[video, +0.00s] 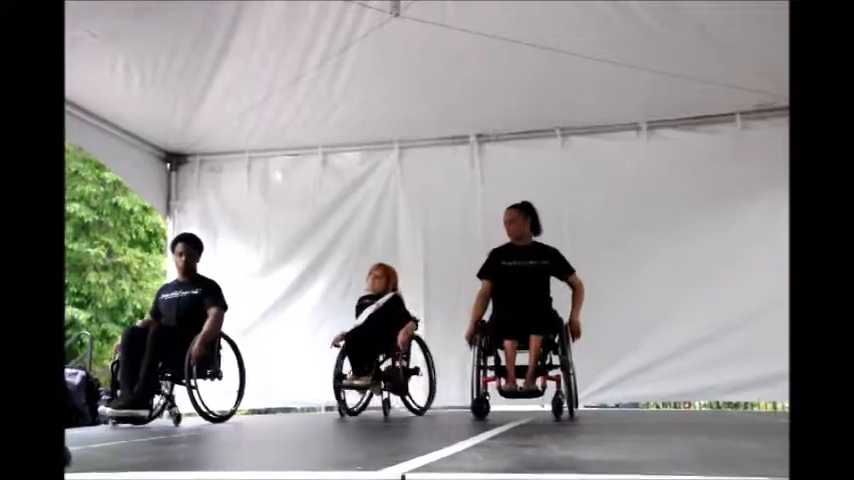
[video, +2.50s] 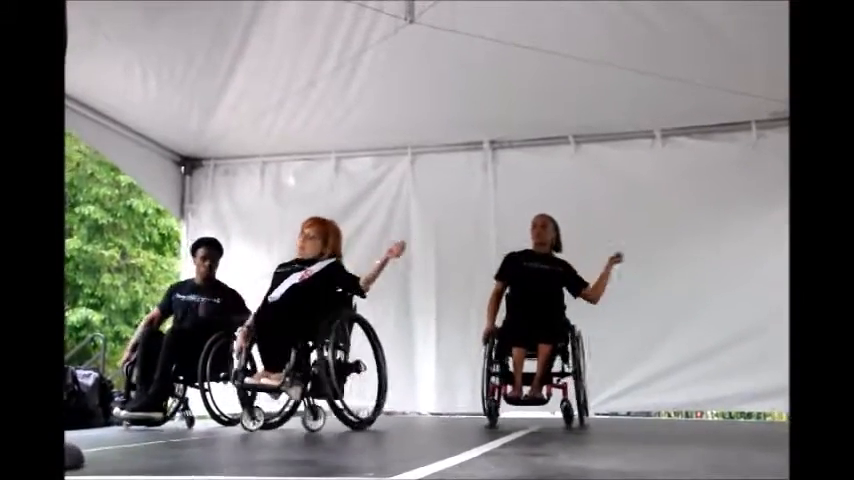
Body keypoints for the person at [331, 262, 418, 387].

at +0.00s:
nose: (373, 280)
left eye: (378, 277)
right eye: (371, 276)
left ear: (388, 281)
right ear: (368, 279)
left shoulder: (393, 300)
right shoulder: (364, 301)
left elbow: (411, 321)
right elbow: (362, 325)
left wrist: (405, 332)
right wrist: (345, 336)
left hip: (386, 337)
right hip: (367, 335)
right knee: (352, 340)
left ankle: (366, 374)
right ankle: (358, 373)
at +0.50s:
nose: (349, 272)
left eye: (355, 269)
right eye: (347, 267)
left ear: (366, 273)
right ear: (343, 271)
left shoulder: (375, 291)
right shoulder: (337, 294)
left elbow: (398, 316)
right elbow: (334, 322)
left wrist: (395, 327)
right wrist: (326, 330)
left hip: (373, 332)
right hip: (349, 333)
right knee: (338, 332)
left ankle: (359, 373)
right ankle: (345, 370)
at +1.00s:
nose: (331, 261)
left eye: (337, 257)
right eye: (328, 256)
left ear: (350, 261)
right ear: (325, 260)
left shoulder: (360, 281)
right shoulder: (322, 281)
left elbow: (370, 300)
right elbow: (300, 301)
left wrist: (376, 307)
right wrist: (301, 273)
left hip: (354, 318)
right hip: (331, 318)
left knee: (344, 332)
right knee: (319, 327)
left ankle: (345, 368)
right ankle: (329, 366)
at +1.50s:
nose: (324, 254)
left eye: (330, 251)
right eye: (321, 249)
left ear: (340, 257)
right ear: (314, 256)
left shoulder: (346, 276)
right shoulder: (307, 280)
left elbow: (360, 271)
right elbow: (304, 313)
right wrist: (289, 319)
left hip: (343, 318)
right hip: (318, 320)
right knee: (307, 322)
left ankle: (337, 370)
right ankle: (317, 368)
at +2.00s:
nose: (310, 248)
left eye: (318, 245)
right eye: (308, 242)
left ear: (331, 253)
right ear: (303, 246)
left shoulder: (340, 271)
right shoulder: (293, 274)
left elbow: (370, 286)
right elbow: (284, 306)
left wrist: (359, 258)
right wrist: (275, 324)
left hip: (334, 318)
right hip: (305, 319)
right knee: (294, 320)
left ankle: (323, 373)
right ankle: (303, 370)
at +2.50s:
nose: (302, 241)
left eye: (310, 237)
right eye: (301, 235)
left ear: (326, 243)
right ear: (297, 238)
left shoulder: (332, 268)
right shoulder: (285, 269)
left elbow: (361, 286)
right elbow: (267, 302)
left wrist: (385, 259)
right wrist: (248, 328)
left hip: (314, 317)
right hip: (284, 315)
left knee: (273, 317)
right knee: (263, 319)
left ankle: (274, 373)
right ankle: (270, 371)